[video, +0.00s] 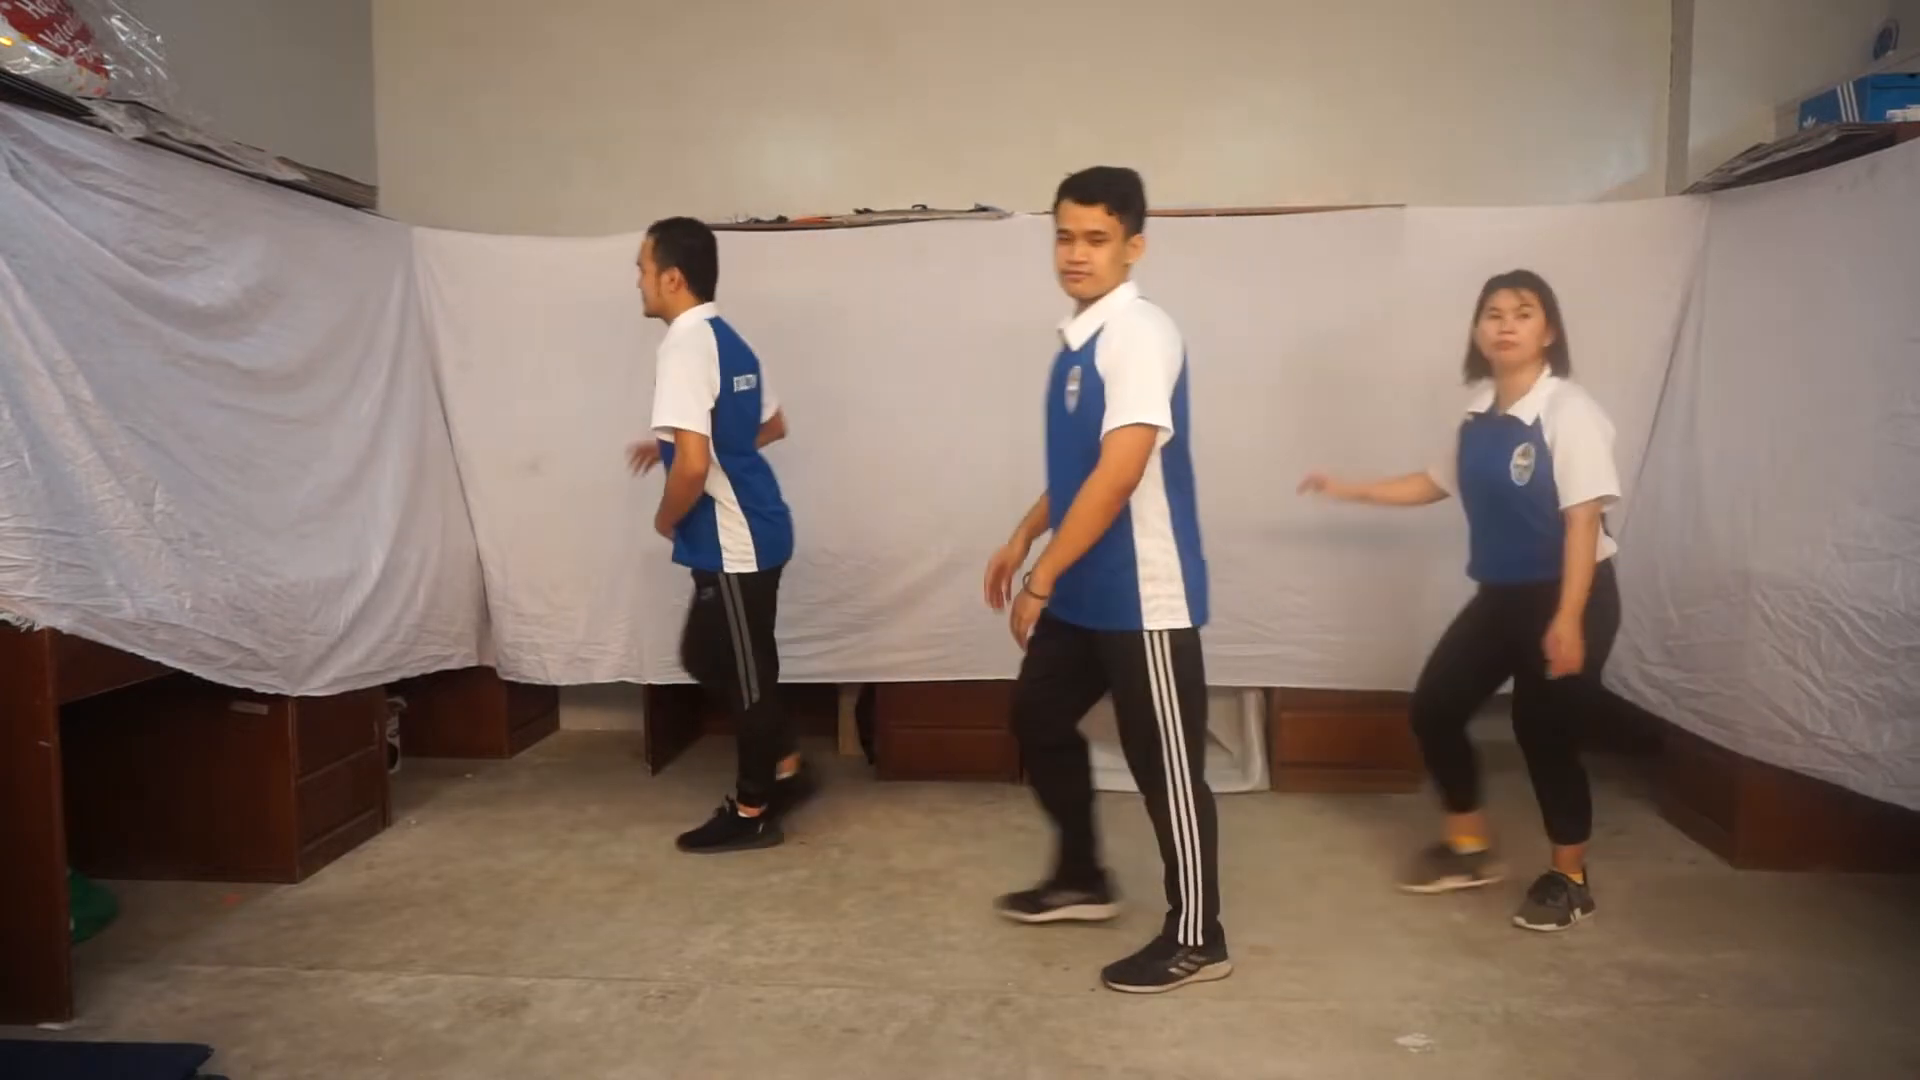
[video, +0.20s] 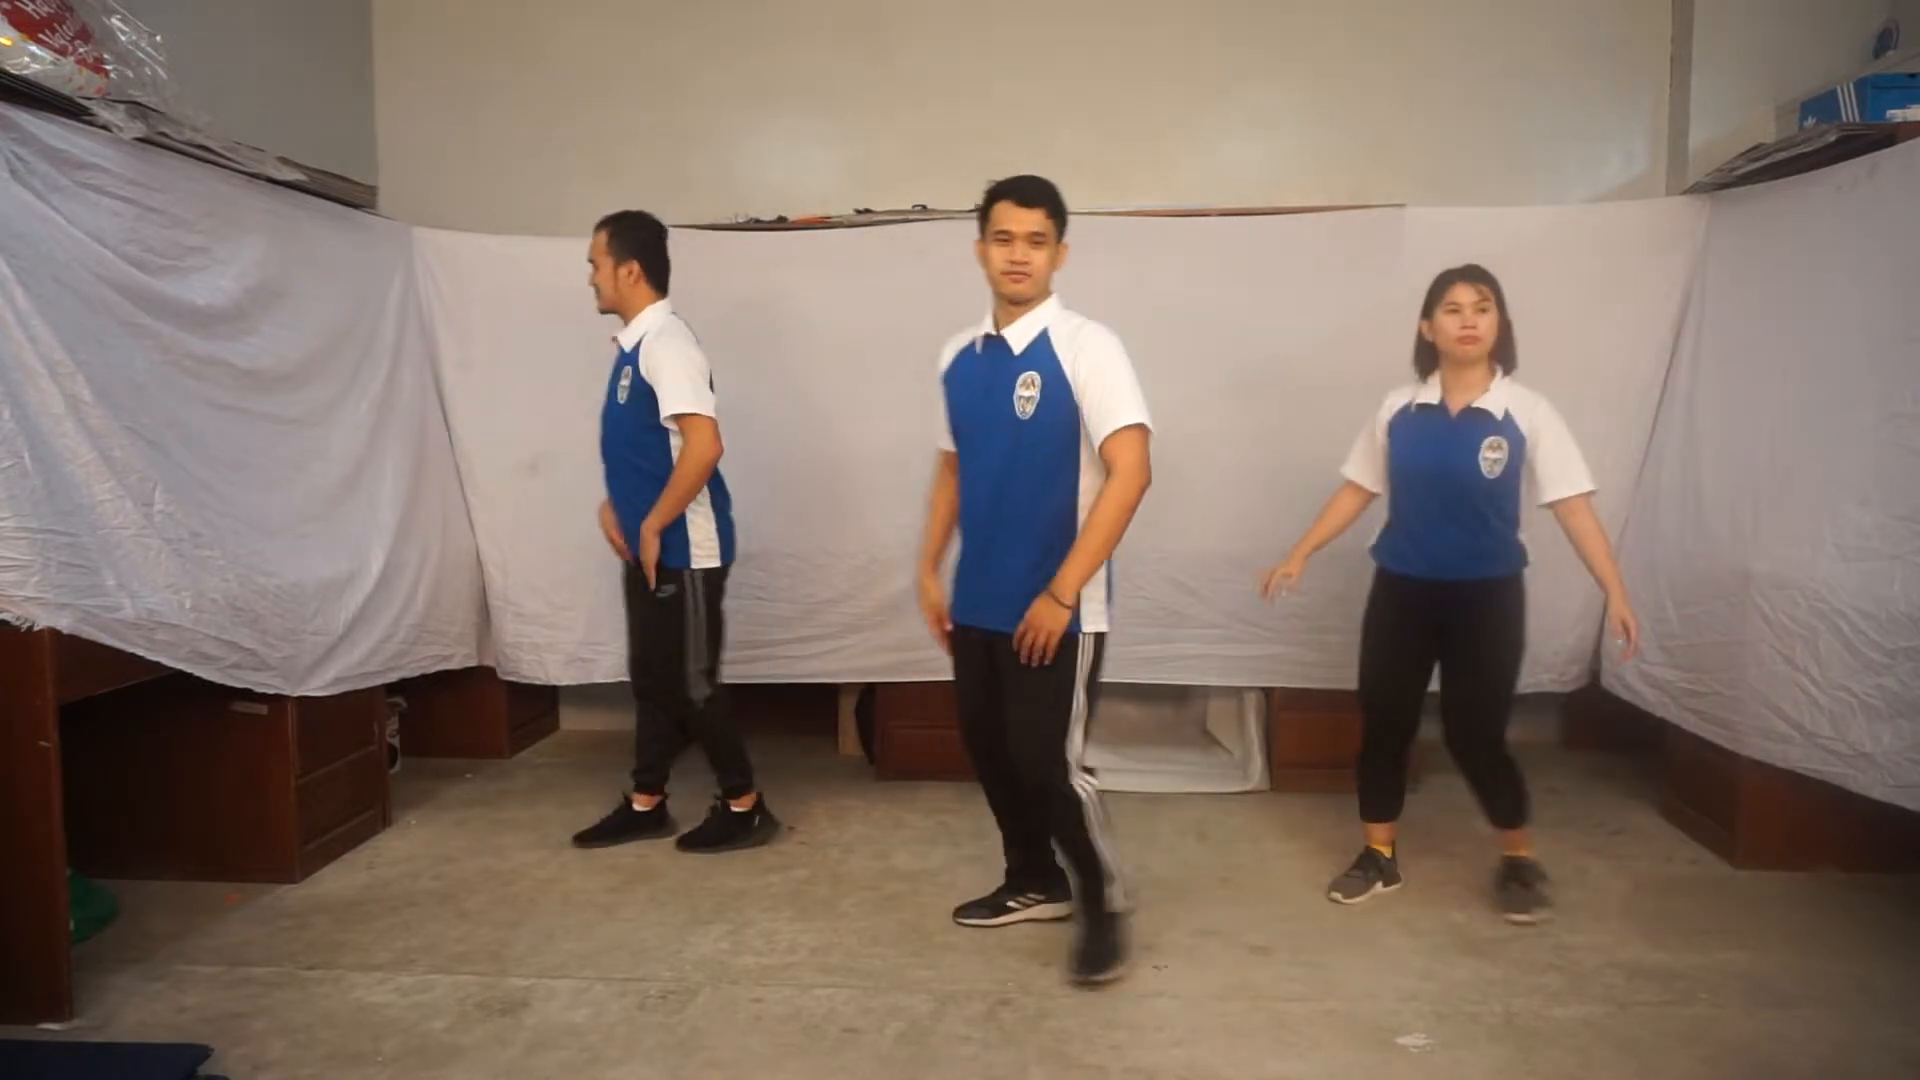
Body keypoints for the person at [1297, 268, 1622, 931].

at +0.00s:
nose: (1505, 324)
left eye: (1523, 314)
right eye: (1493, 315)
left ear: (1549, 333)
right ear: (1478, 334)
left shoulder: (1572, 412)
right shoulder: (1477, 415)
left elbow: (1584, 525)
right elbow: (1434, 484)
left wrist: (1569, 618)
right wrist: (1348, 490)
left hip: (1569, 595)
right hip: (1500, 597)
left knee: (1542, 725)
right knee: (1434, 708)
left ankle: (1570, 875)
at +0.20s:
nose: (1467, 319)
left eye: (1480, 308)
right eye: (1452, 310)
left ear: (1500, 325)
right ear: (1429, 329)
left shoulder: (1526, 411)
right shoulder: (1399, 406)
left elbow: (1574, 507)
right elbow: (1358, 489)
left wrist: (1616, 594)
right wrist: (1300, 552)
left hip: (1487, 598)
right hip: (1401, 593)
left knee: (1474, 734)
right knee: (1384, 724)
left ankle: (1519, 859)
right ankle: (1378, 856)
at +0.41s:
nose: (1430, 322)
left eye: (1439, 311)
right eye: (1413, 312)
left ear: (1452, 325)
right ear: (1382, 329)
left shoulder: (1476, 412)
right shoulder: (1347, 405)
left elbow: (1508, 507)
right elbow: (1275, 466)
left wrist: (1575, 572)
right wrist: (1237, 529)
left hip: (1438, 599)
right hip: (1350, 595)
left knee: (1442, 731)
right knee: (1333, 724)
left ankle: (1430, 861)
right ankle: (1313, 844)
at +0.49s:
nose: (1415, 325)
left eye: (1422, 315)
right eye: (1398, 315)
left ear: (1430, 329)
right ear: (1362, 330)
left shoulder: (1447, 414)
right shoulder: (1328, 406)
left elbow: (1482, 499)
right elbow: (1242, 479)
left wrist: (1564, 524)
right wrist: (1226, 527)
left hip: (1414, 600)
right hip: (1331, 597)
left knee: (1428, 730)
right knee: (1320, 732)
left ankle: (1428, 861)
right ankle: (1252, 854)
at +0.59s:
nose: (1397, 334)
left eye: (1399, 323)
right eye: (1384, 323)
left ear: (1395, 334)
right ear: (1343, 334)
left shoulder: (1402, 416)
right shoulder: (1308, 411)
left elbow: (1457, 476)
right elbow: (1249, 495)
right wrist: (1249, 558)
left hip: (1367, 604)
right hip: (1293, 602)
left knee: (1402, 729)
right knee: (1293, 737)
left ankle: (1426, 861)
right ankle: (1233, 865)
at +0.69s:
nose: (1373, 335)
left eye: (1372, 322)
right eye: (1365, 322)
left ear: (1335, 334)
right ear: (1328, 329)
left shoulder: (1351, 406)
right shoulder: (1286, 402)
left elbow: (1411, 418)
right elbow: (1279, 509)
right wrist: (1332, 582)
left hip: (1318, 590)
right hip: (1259, 590)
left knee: (1357, 719)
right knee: (1269, 734)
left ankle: (1383, 853)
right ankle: (1230, 868)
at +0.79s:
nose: (1343, 330)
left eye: (1343, 319)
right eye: (1337, 320)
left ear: (1281, 321)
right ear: (1311, 325)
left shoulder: (1287, 381)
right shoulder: (1281, 399)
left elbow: (1323, 358)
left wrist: (1363, 314)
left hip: (1273, 580)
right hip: (1235, 585)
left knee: (1313, 701)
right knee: (1254, 722)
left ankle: (1265, 834)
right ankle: (1227, 866)